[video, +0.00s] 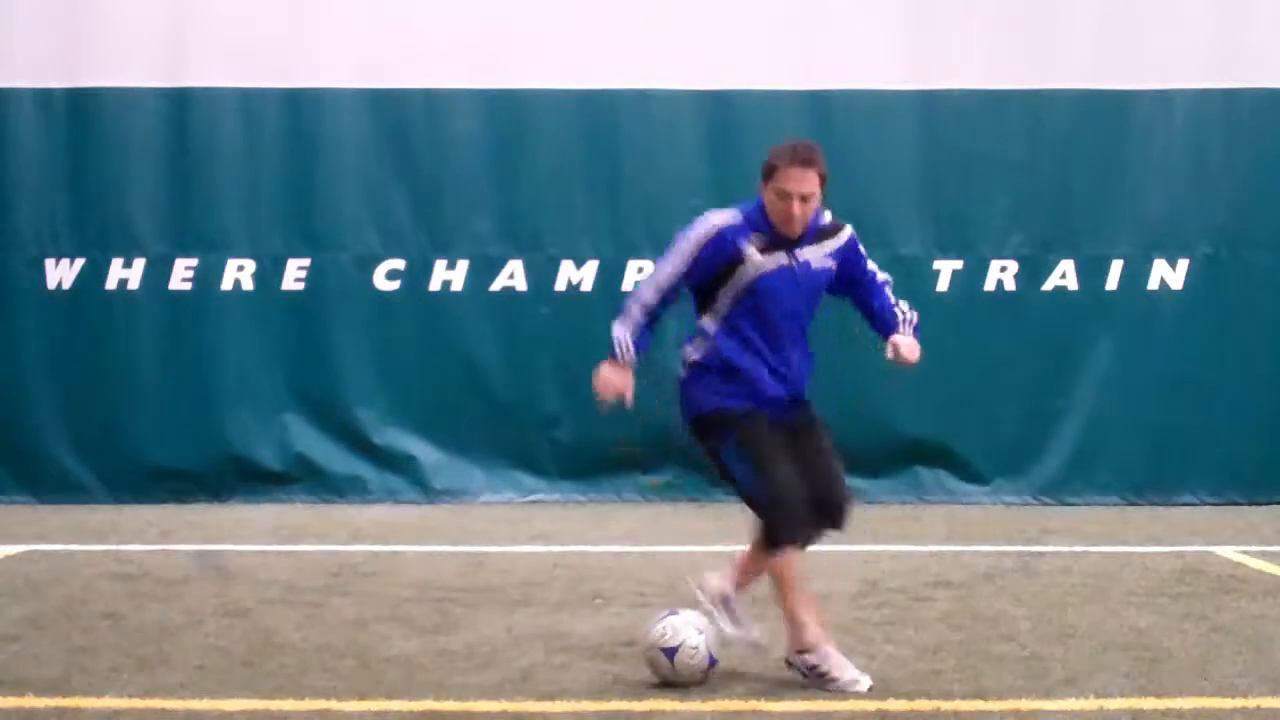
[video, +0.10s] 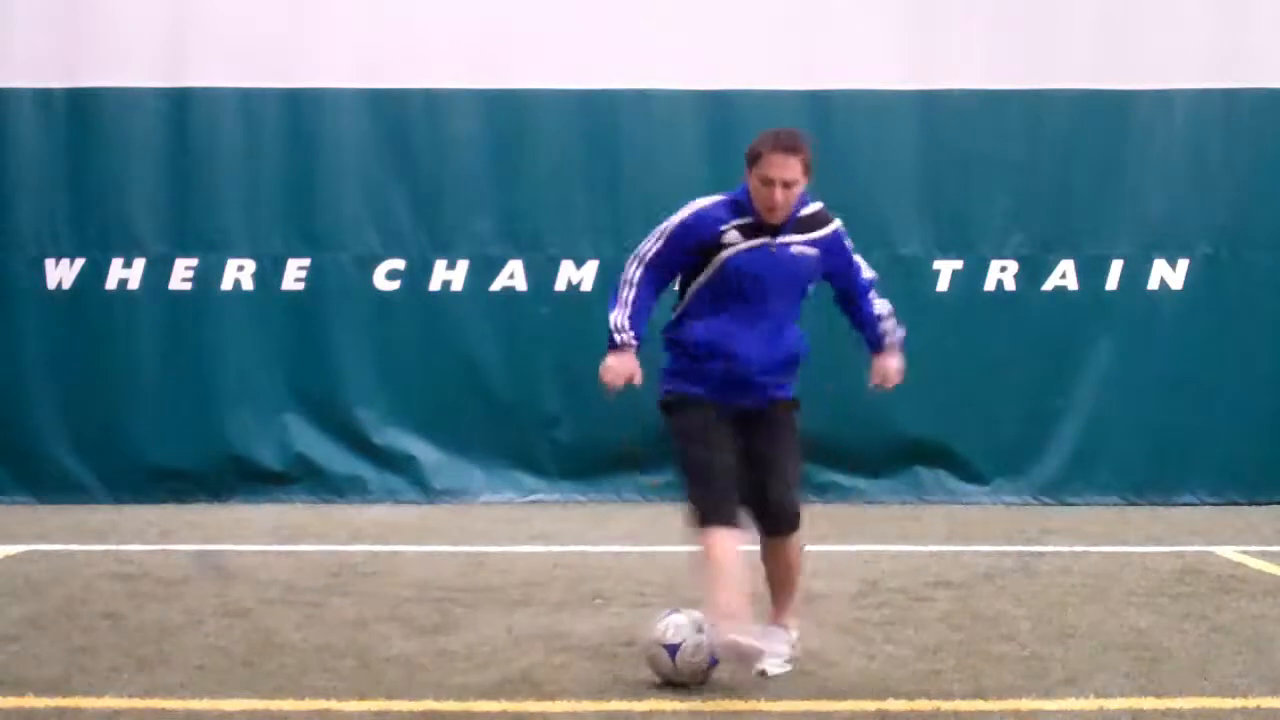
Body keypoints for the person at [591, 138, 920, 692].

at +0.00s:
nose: (796, 211)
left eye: (807, 199)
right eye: (784, 198)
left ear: (820, 196)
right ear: (763, 191)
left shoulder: (835, 238)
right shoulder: (722, 233)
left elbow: (870, 287)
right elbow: (654, 289)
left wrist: (899, 329)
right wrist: (622, 354)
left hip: (785, 396)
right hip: (722, 395)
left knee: (824, 504)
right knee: (784, 507)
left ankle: (726, 585)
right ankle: (808, 647)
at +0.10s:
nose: (778, 197)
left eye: (790, 185)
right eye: (768, 183)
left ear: (806, 183)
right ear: (749, 177)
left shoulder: (820, 227)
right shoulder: (708, 219)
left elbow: (859, 288)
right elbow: (642, 269)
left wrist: (886, 341)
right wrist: (623, 342)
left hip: (770, 391)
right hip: (698, 388)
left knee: (780, 511)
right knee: (718, 504)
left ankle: (783, 626)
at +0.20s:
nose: (743, 200)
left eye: (754, 189)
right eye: (733, 188)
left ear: (773, 190)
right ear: (717, 187)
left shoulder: (797, 241)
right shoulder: (682, 235)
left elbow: (832, 306)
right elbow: (631, 291)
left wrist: (850, 354)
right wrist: (624, 336)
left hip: (755, 409)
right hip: (678, 403)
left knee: (770, 528)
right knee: (650, 497)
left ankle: (775, 637)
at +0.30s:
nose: (700, 174)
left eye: (712, 165)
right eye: (691, 164)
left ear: (733, 168)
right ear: (676, 165)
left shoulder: (761, 213)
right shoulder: (645, 213)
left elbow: (787, 281)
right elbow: (602, 269)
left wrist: (795, 332)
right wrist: (595, 309)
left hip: (734, 394)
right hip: (655, 387)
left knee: (760, 515)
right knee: (597, 489)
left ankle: (776, 630)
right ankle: (545, 611)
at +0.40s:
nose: (658, 159)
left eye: (669, 148)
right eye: (648, 149)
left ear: (691, 147)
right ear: (633, 150)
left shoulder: (725, 197)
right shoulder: (606, 202)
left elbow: (753, 261)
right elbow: (561, 262)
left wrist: (761, 322)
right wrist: (552, 309)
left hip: (706, 370)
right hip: (626, 373)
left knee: (741, 473)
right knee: (579, 482)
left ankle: (754, 575)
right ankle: (564, 603)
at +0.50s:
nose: (620, 180)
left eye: (631, 168)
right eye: (609, 170)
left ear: (651, 168)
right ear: (593, 173)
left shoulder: (685, 215)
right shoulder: (569, 225)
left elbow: (723, 271)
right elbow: (525, 279)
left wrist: (732, 328)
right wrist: (510, 318)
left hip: (672, 373)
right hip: (599, 389)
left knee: (705, 443)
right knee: (576, 516)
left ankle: (706, 561)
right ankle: (574, 624)